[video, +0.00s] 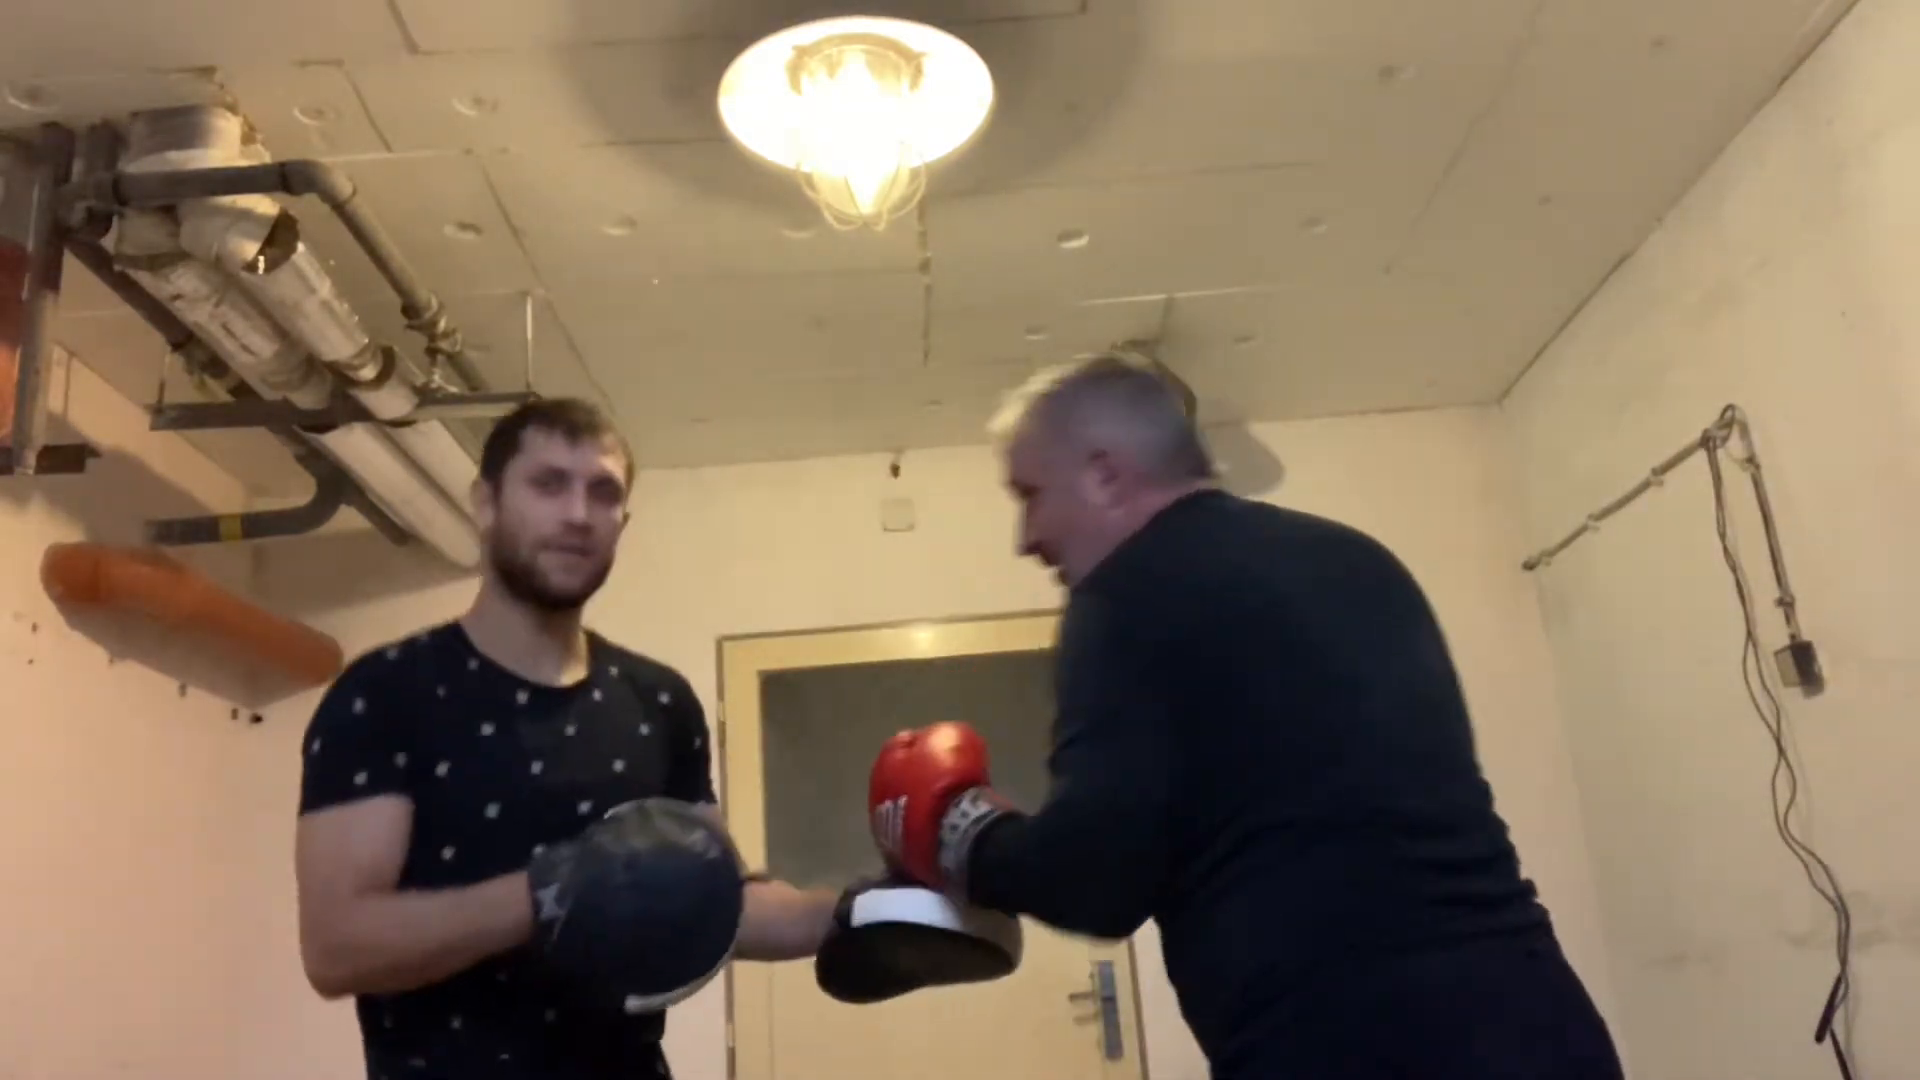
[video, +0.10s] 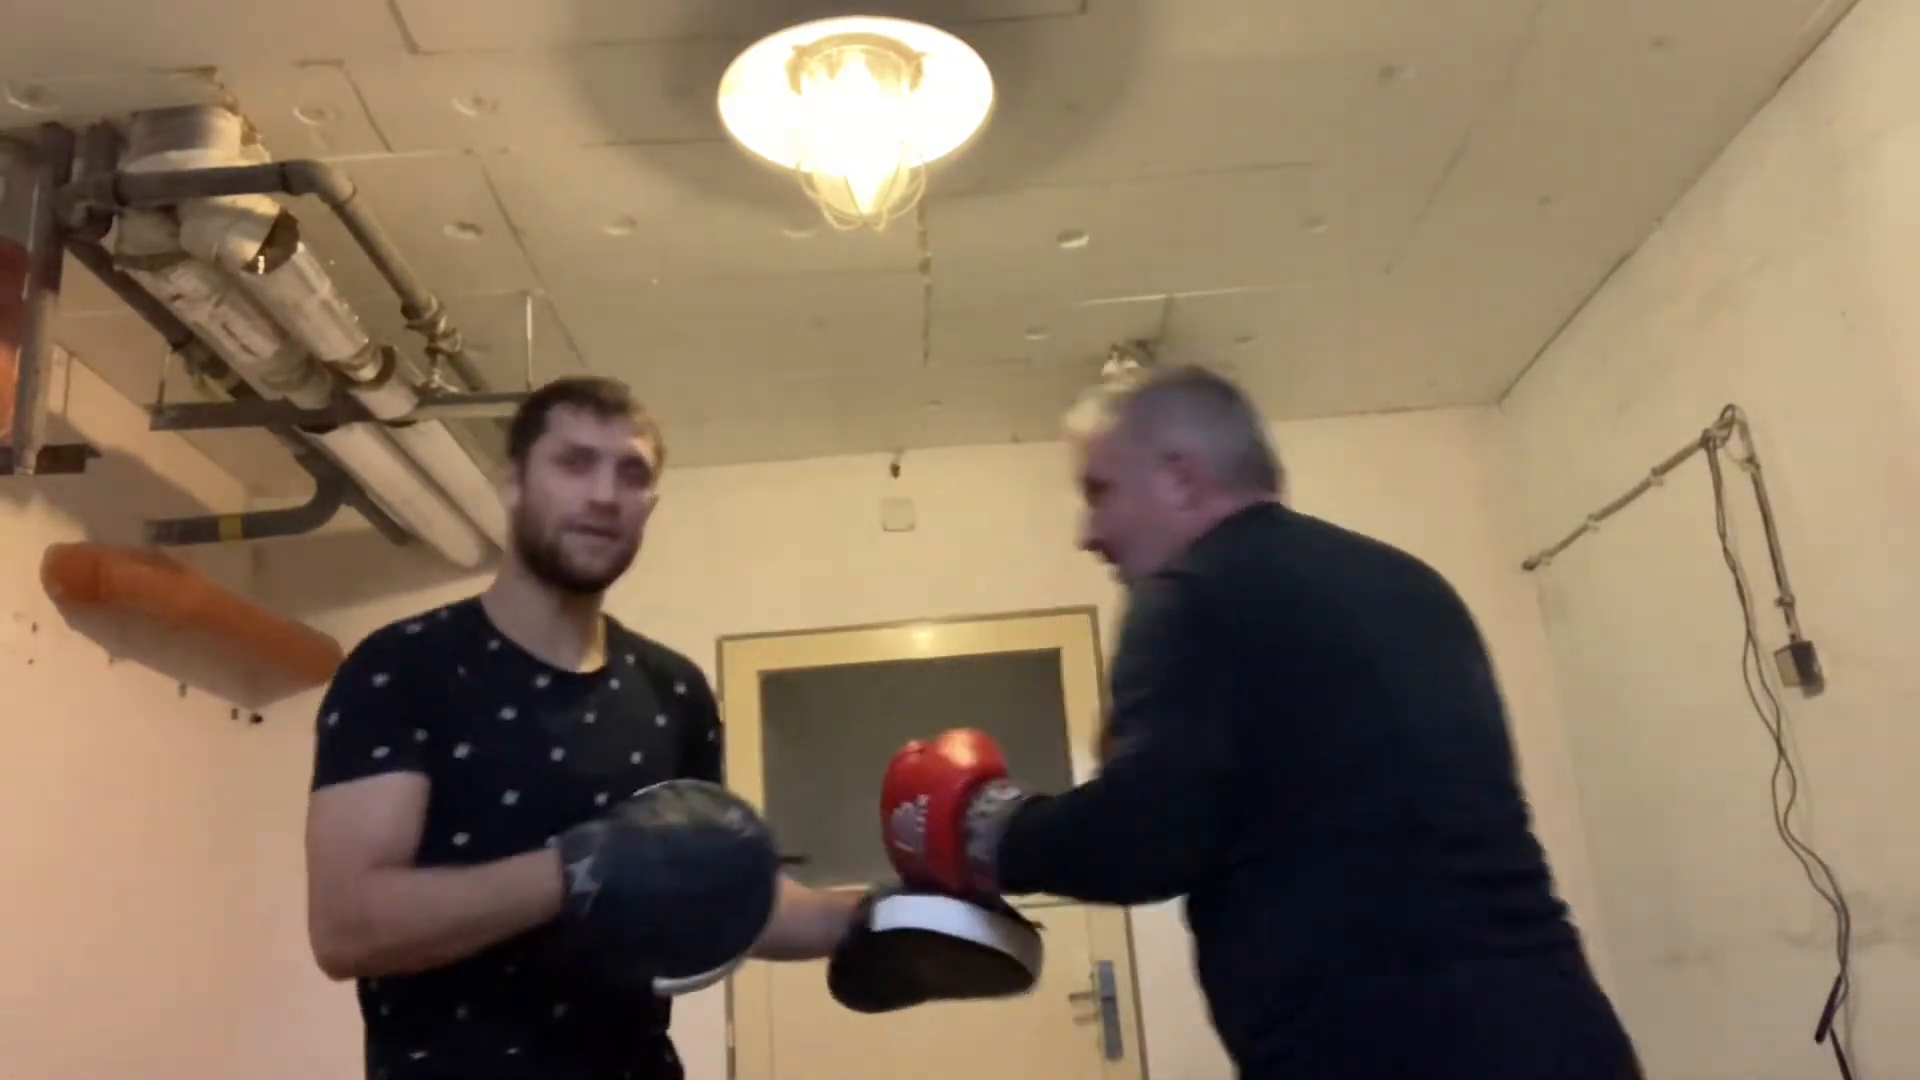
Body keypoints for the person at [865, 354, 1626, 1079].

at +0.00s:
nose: (1026, 539)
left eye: (1030, 495)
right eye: (1019, 504)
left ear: (1106, 473)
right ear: (1123, 474)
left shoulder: (1127, 598)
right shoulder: (1363, 559)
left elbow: (1104, 882)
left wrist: (964, 836)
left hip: (1323, 1041)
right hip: (1534, 1022)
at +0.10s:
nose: (1087, 535)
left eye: (1099, 493)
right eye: (1087, 500)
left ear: (1181, 478)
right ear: (1213, 479)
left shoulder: (1192, 601)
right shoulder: (1411, 580)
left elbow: (1159, 830)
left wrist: (994, 832)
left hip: (1352, 1046)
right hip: (1553, 1033)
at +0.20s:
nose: (1169, 547)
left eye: (1186, 510)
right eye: (1169, 515)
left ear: (1274, 503)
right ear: (1311, 507)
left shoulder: (1275, 617)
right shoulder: (1476, 617)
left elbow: (1246, 827)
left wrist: (1059, 838)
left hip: (1405, 1053)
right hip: (1592, 1041)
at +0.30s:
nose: (1243, 554)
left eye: (1263, 517)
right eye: (1243, 524)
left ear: (1356, 513)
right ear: (1372, 518)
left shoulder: (1354, 631)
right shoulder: (1530, 636)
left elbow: (1366, 840)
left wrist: (1166, 834)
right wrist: (1301, 787)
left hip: (1482, 1054)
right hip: (1647, 1042)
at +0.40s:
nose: (1280, 505)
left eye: (1301, 469)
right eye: (1283, 477)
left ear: (1397, 474)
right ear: (1399, 478)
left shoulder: (1411, 585)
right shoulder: (1522, 585)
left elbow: (1439, 777)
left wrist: (1252, 782)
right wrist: (1334, 739)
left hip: (1527, 1047)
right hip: (1641, 1031)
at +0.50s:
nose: (1307, 465)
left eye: (1332, 429)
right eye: (1308, 440)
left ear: (1424, 431)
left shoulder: (1440, 531)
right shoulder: (1516, 538)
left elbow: (1467, 724)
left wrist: (1274, 732)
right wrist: (1349, 701)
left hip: (1545, 1018)